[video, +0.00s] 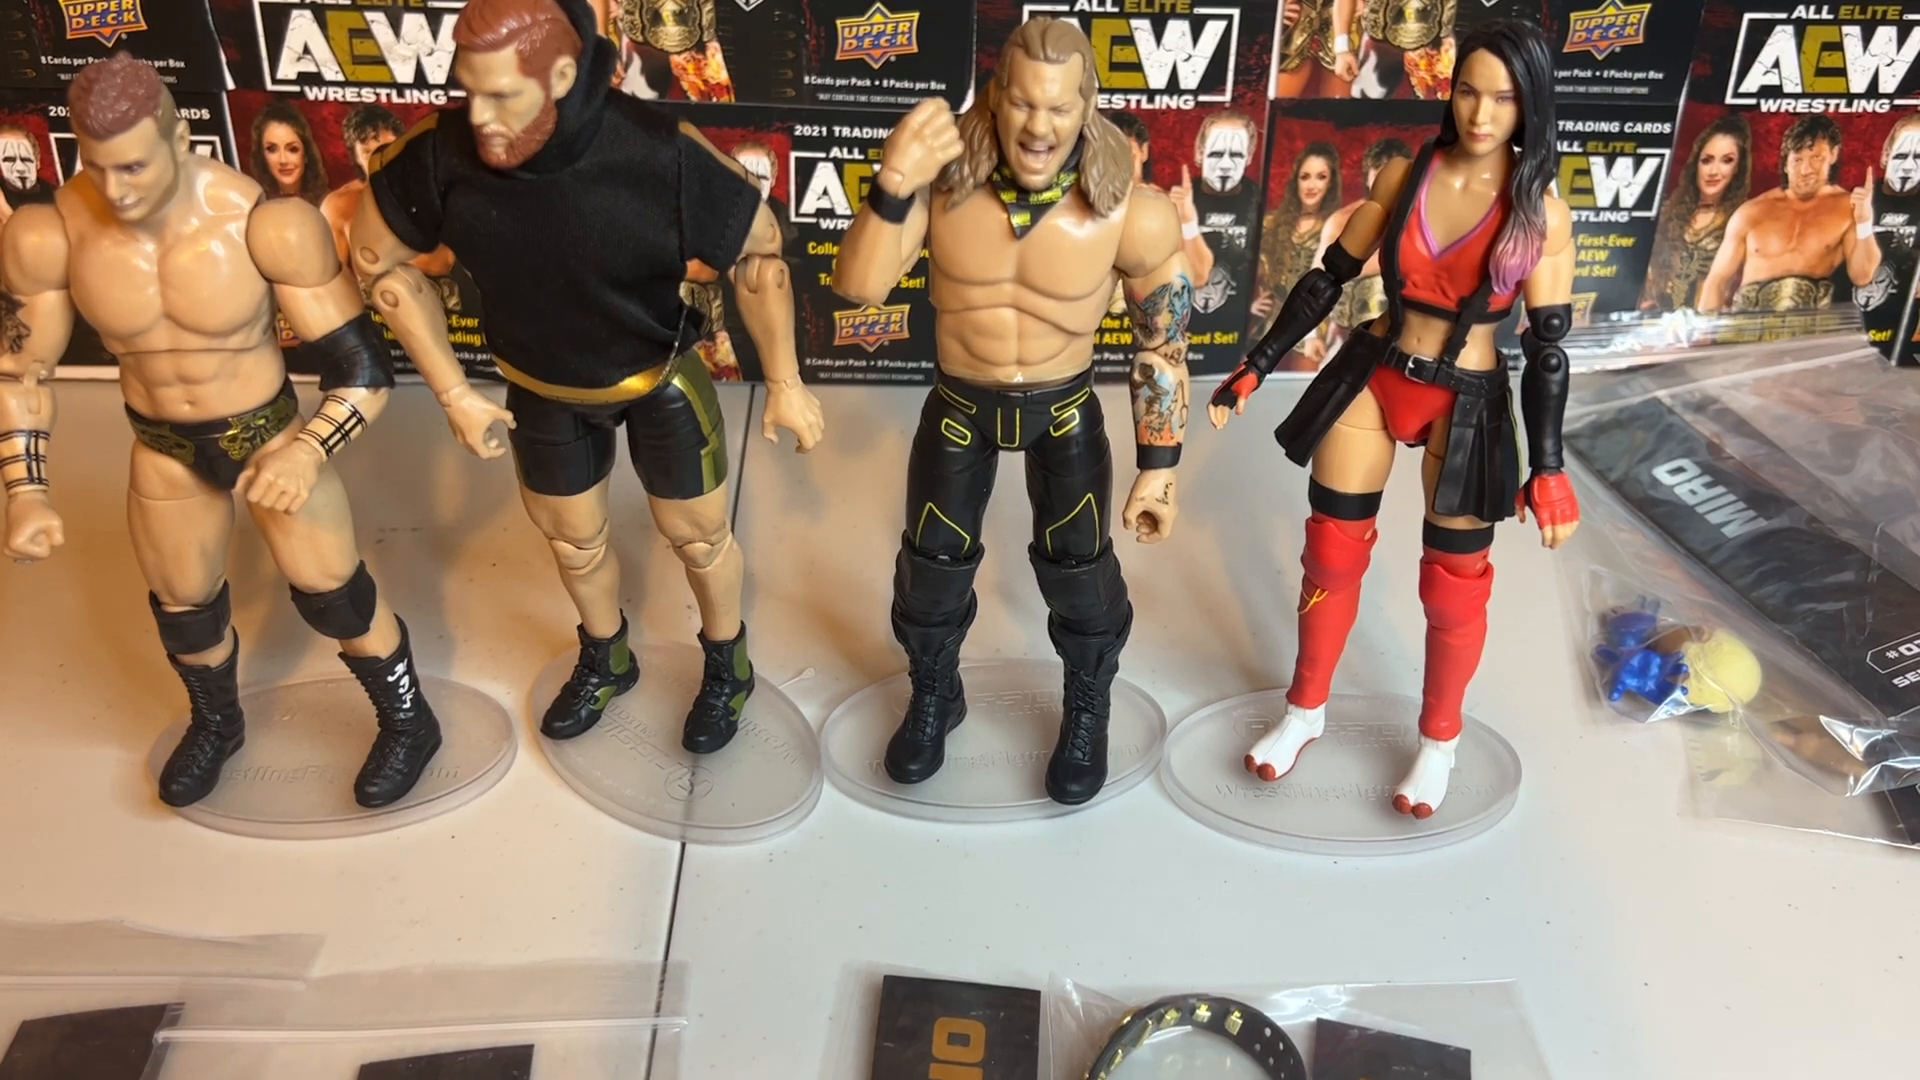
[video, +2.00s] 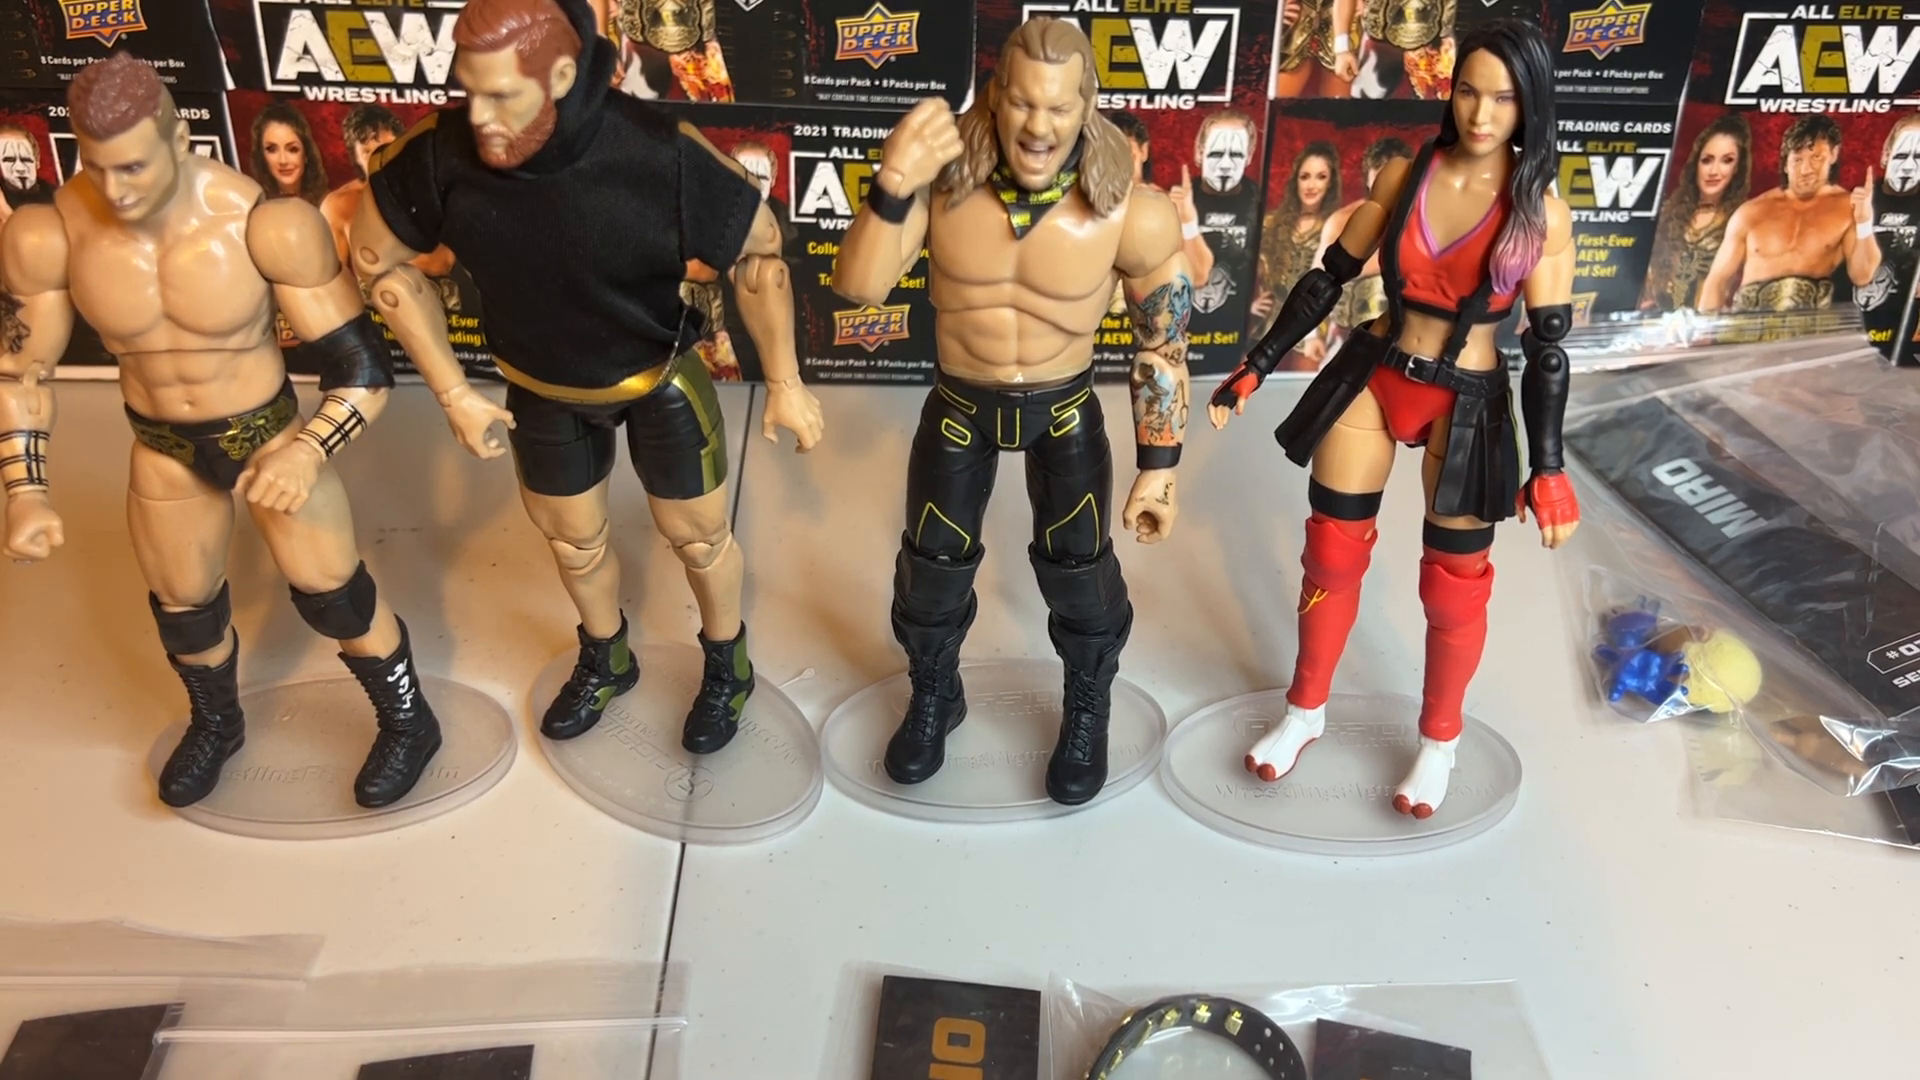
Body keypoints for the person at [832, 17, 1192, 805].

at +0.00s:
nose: (1039, 126)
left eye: (1059, 108)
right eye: (1024, 104)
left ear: (1086, 106)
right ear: (995, 95)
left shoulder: (1129, 207)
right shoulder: (943, 176)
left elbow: (1162, 336)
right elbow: (857, 287)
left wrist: (1161, 463)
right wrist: (892, 189)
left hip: (1064, 407)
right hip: (959, 403)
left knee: (1078, 568)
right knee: (932, 562)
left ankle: (1086, 714)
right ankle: (932, 699)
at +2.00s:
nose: (1039, 126)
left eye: (1059, 109)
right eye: (1023, 104)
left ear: (1086, 106)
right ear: (994, 94)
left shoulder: (1129, 207)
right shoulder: (943, 176)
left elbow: (1163, 337)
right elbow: (857, 286)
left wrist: (1161, 463)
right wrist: (892, 189)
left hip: (1064, 408)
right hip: (958, 403)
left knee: (1077, 569)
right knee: (932, 562)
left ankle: (1086, 711)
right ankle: (932, 698)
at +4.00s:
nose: (1039, 127)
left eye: (1059, 109)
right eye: (1024, 104)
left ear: (1086, 106)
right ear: (995, 95)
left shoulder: (1129, 207)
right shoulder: (943, 175)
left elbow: (1162, 337)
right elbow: (858, 286)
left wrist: (1161, 464)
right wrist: (892, 188)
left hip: (1064, 408)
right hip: (958, 403)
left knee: (1078, 568)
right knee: (932, 562)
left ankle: (1086, 712)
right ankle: (932, 698)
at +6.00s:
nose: (1040, 127)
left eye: (1060, 109)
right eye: (1024, 104)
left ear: (1086, 106)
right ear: (995, 95)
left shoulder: (1129, 207)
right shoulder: (944, 176)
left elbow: (1163, 338)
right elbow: (858, 287)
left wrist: (1161, 464)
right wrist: (892, 189)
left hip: (1064, 408)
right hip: (959, 403)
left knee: (1078, 569)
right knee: (932, 563)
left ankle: (1086, 713)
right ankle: (932, 699)